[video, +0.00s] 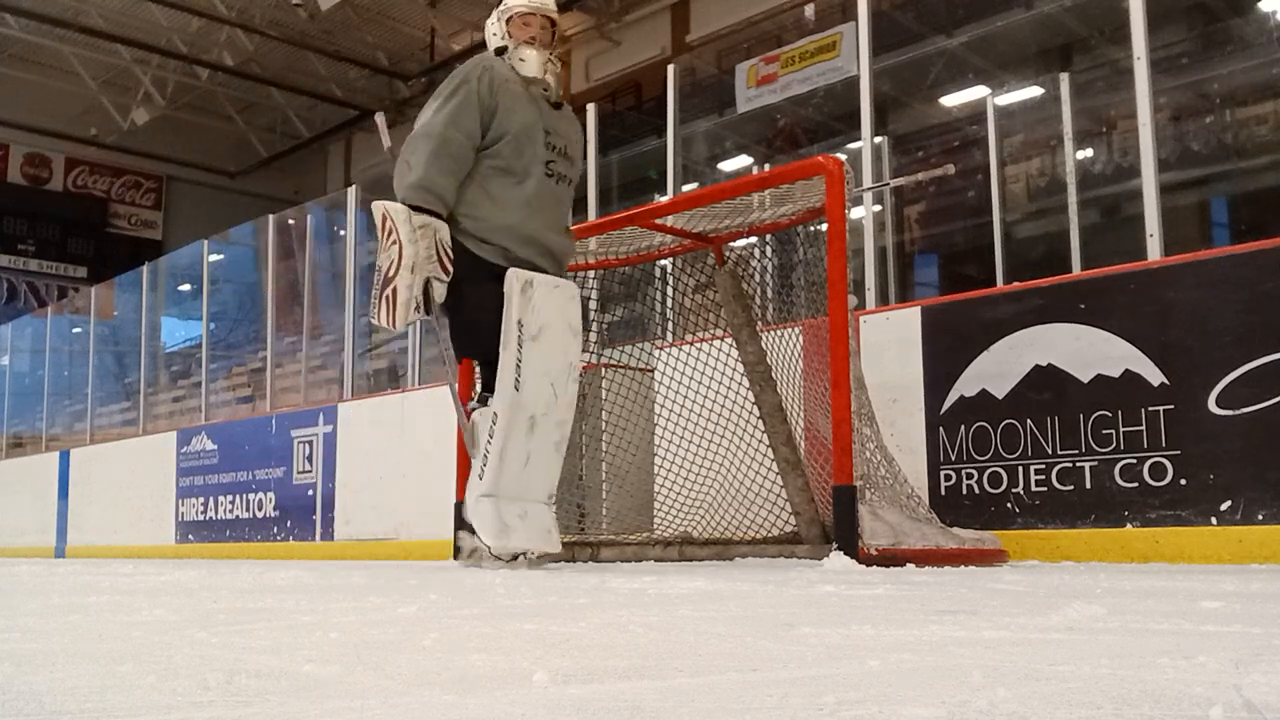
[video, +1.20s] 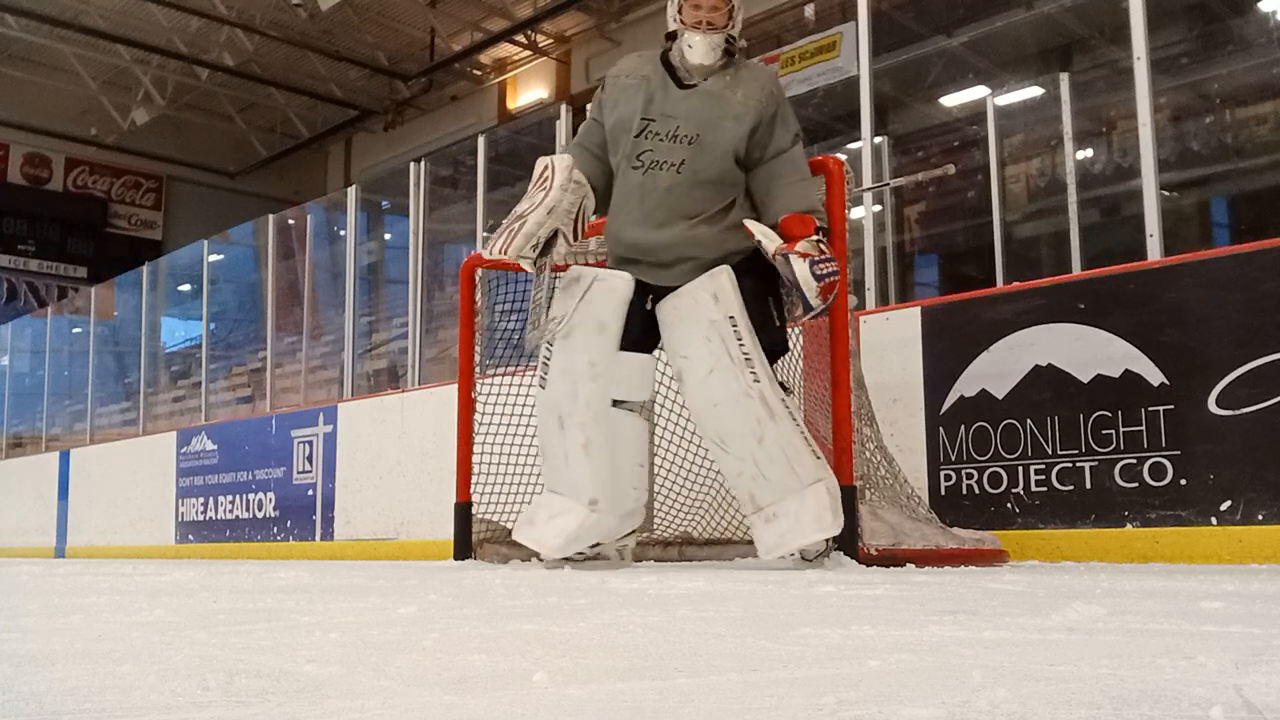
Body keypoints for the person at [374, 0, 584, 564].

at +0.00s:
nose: (533, 29)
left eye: (542, 22)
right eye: (522, 19)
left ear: (553, 34)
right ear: (503, 28)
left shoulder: (565, 113)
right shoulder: (483, 73)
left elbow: (562, 190)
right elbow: (438, 139)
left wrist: (553, 246)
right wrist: (422, 218)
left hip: (545, 268)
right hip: (482, 255)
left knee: (542, 396)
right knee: (501, 390)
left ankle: (519, 527)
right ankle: (480, 524)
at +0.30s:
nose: (554, 13)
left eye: (563, 7)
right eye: (540, 6)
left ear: (578, 20)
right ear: (518, 18)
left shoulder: (603, 108)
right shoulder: (498, 70)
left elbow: (591, 208)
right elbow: (455, 154)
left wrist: (622, 256)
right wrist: (438, 239)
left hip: (585, 274)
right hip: (510, 261)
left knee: (617, 391)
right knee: (527, 398)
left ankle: (606, 521)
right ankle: (524, 529)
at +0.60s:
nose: (598, 18)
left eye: (609, 9)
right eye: (586, 9)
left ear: (626, 18)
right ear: (567, 19)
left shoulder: (662, 96)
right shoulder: (533, 80)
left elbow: (678, 180)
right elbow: (495, 160)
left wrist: (711, 234)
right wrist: (483, 227)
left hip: (640, 271)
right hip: (551, 266)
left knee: (676, 392)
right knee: (558, 395)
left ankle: (675, 532)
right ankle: (530, 536)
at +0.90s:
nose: (678, 27)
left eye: (690, 17)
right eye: (667, 15)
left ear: (707, 23)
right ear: (648, 18)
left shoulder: (736, 93)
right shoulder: (600, 77)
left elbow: (759, 189)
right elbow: (560, 161)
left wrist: (776, 249)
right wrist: (532, 212)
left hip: (693, 263)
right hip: (597, 261)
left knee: (728, 391)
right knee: (556, 391)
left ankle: (769, 535)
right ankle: (517, 536)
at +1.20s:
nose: (704, 14)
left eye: (716, 6)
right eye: (694, 5)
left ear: (733, 15)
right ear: (675, 10)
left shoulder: (757, 88)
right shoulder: (626, 79)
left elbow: (782, 172)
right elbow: (588, 162)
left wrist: (803, 241)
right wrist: (552, 212)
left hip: (720, 273)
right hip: (625, 273)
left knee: (741, 400)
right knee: (592, 397)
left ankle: (799, 533)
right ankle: (594, 532)